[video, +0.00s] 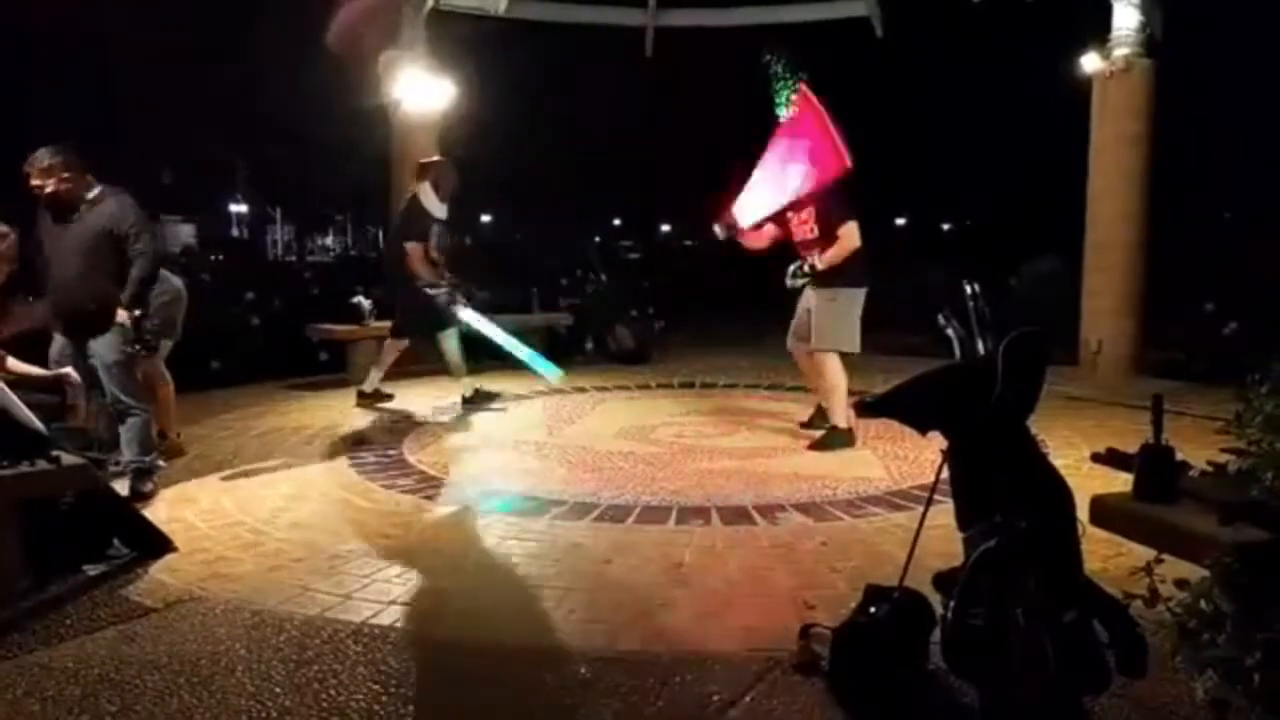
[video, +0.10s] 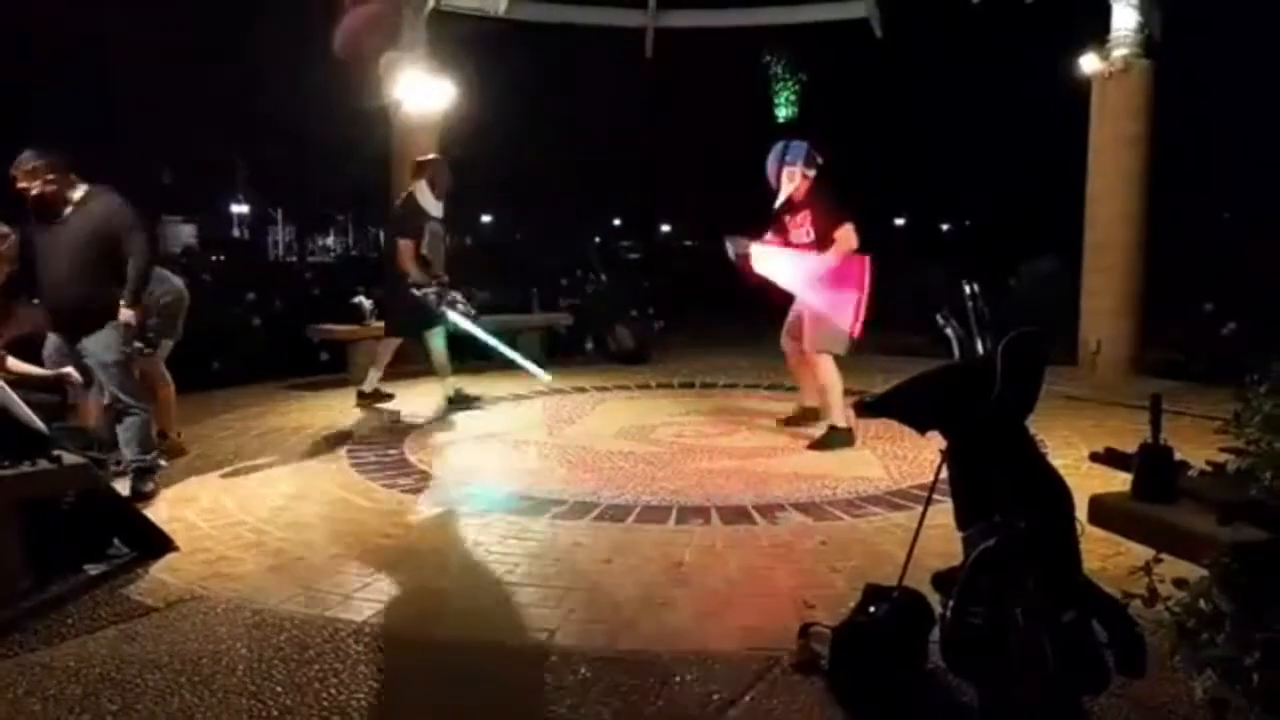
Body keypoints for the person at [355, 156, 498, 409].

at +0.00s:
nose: (451, 185)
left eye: (451, 179)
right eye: (447, 179)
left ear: (432, 180)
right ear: (435, 181)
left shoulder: (432, 208)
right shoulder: (415, 212)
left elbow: (431, 249)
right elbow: (415, 260)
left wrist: (446, 274)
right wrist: (440, 286)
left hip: (418, 277)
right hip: (410, 280)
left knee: (401, 334)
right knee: (447, 327)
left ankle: (369, 386)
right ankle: (467, 389)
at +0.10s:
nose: (448, 180)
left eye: (447, 174)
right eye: (443, 174)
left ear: (434, 176)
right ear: (430, 176)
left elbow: (432, 247)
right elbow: (405, 256)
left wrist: (438, 274)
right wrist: (424, 282)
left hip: (418, 277)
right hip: (405, 279)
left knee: (394, 333)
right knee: (435, 327)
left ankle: (369, 387)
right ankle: (450, 391)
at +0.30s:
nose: (437, 180)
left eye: (437, 174)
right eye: (433, 173)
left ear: (420, 175)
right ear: (420, 175)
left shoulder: (414, 200)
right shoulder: (402, 199)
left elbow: (413, 235)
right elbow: (403, 236)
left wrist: (436, 250)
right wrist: (429, 255)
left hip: (397, 276)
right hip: (401, 278)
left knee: (391, 331)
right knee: (431, 324)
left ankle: (367, 387)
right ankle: (422, 387)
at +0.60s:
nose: (447, 179)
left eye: (446, 173)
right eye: (443, 173)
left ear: (423, 175)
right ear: (430, 175)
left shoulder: (419, 201)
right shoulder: (413, 202)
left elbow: (432, 235)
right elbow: (428, 234)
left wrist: (458, 232)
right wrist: (460, 232)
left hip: (402, 285)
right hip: (408, 286)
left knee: (401, 333)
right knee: (452, 324)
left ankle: (369, 387)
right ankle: (459, 391)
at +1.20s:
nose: (434, 189)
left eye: (434, 182)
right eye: (431, 182)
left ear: (406, 181)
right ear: (420, 182)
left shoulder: (390, 204)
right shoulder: (400, 208)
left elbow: (422, 243)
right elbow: (430, 245)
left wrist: (460, 254)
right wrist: (467, 256)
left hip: (380, 281)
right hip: (393, 283)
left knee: (379, 336)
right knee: (421, 332)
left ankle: (353, 389)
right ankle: (449, 389)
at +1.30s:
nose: (430, 186)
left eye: (431, 179)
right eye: (427, 179)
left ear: (404, 178)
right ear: (414, 178)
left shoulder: (389, 201)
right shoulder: (396, 204)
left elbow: (415, 245)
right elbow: (417, 245)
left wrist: (449, 264)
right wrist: (452, 265)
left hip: (378, 280)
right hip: (387, 282)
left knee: (374, 335)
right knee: (412, 331)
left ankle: (352, 389)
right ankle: (431, 390)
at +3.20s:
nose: (422, 190)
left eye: (422, 184)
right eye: (419, 184)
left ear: (396, 183)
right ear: (408, 184)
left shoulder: (381, 205)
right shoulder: (393, 209)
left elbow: (407, 253)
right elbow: (409, 255)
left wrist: (438, 270)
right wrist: (440, 272)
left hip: (372, 279)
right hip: (385, 281)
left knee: (367, 333)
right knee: (416, 326)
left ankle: (337, 385)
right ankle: (431, 387)